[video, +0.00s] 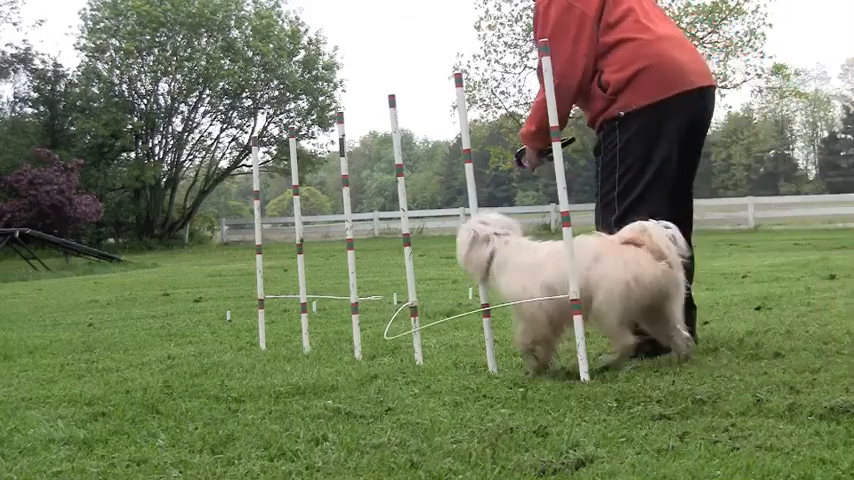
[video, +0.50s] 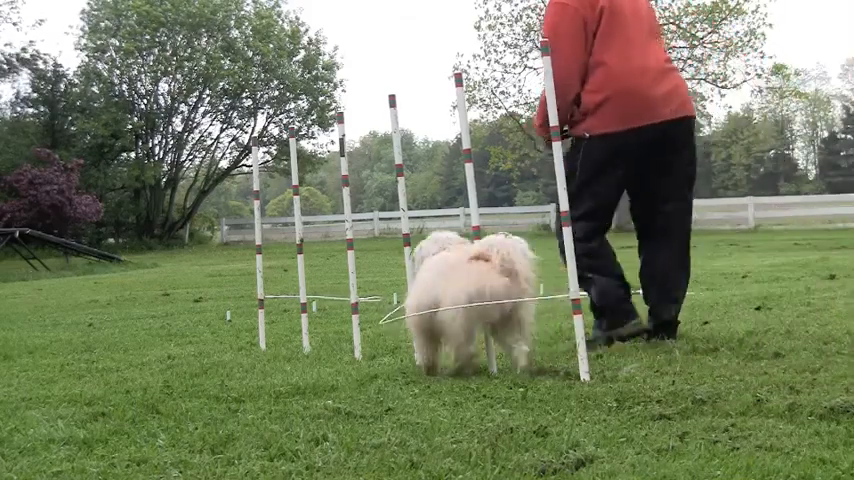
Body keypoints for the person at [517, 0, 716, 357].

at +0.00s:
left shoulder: (560, 4)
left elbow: (563, 71)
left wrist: (534, 139)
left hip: (642, 93)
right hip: (690, 83)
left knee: (622, 223)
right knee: (672, 214)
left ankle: (645, 333)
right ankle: (678, 328)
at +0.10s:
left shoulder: (560, 4)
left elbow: (565, 73)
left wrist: (539, 137)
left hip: (637, 94)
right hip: (692, 86)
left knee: (627, 224)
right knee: (674, 218)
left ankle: (640, 337)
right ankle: (664, 331)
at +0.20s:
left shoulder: (567, 4)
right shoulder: (631, 6)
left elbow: (567, 78)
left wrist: (546, 136)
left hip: (633, 105)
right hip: (690, 99)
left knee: (632, 226)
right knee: (671, 224)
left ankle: (648, 338)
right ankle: (663, 328)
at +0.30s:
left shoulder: (573, 4)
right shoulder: (633, 5)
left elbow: (574, 86)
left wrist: (552, 134)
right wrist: (585, 120)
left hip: (632, 110)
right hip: (685, 105)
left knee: (612, 223)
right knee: (664, 226)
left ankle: (642, 320)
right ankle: (663, 323)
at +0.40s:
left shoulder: (572, 5)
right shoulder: (638, 6)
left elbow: (574, 83)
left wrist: (558, 131)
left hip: (626, 117)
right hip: (683, 110)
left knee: (592, 231)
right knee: (661, 234)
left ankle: (634, 304)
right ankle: (661, 328)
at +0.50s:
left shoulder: (567, 4)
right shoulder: (637, 5)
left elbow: (565, 76)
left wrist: (546, 124)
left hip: (612, 116)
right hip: (673, 107)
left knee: (579, 227)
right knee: (665, 221)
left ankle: (616, 316)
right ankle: (665, 321)